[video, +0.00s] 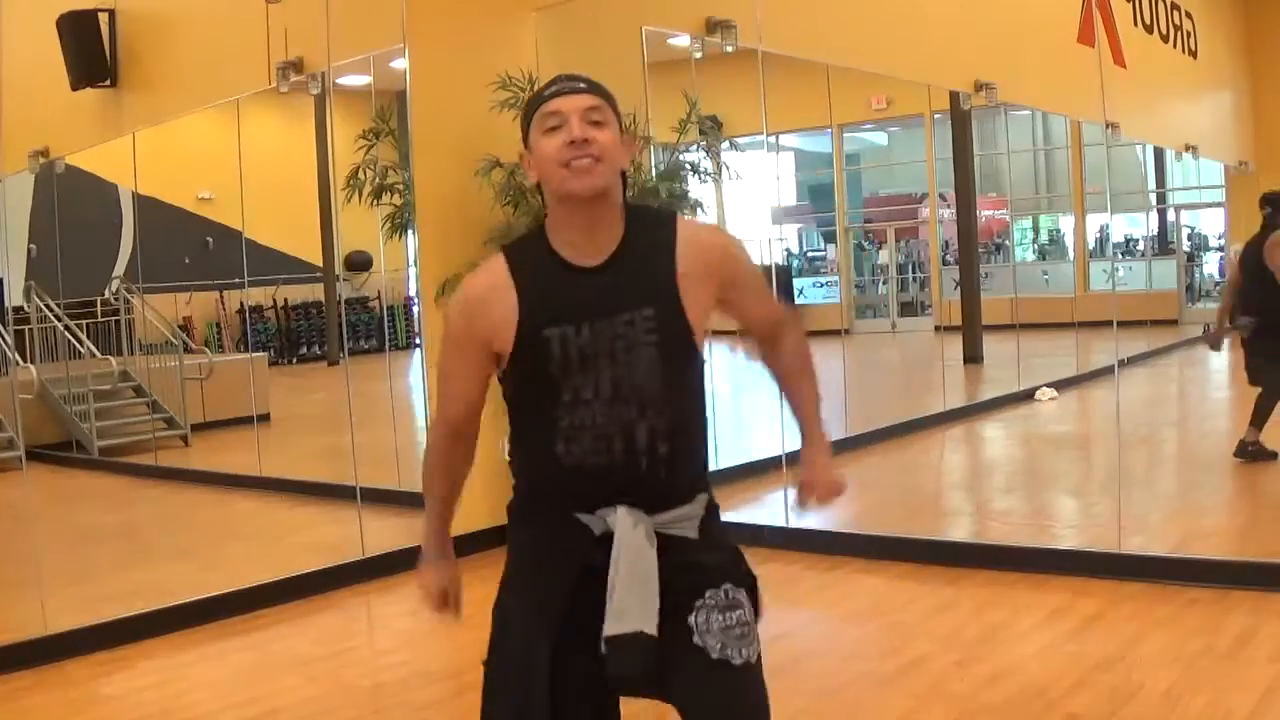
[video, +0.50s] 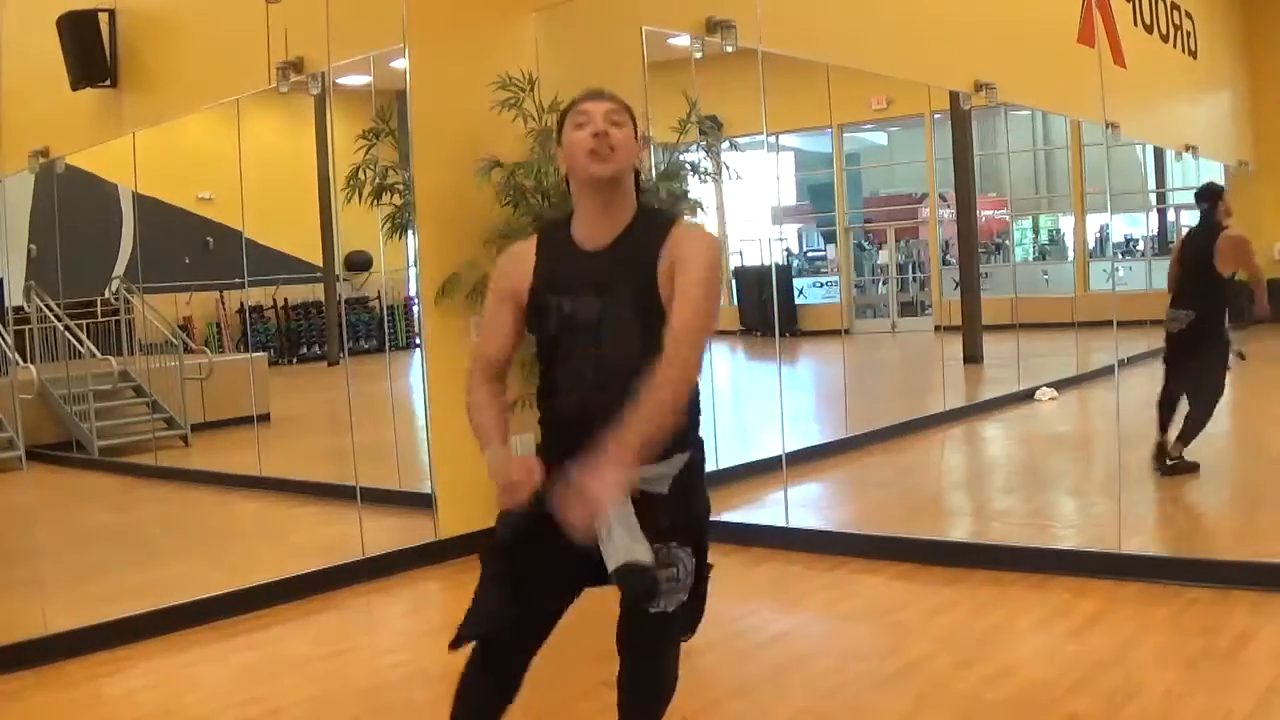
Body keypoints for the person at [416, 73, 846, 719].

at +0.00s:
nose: (578, 134)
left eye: (596, 121)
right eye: (554, 127)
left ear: (628, 151)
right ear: (530, 164)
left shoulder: (702, 253)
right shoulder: (488, 294)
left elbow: (778, 332)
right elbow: (452, 429)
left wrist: (815, 444)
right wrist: (436, 543)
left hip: (686, 550)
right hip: (556, 560)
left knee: (737, 708)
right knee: (535, 708)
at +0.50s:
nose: (599, 130)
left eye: (615, 122)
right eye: (582, 124)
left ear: (640, 150)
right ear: (561, 157)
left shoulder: (687, 247)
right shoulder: (523, 261)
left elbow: (675, 378)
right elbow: (488, 373)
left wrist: (607, 467)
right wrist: (500, 457)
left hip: (659, 488)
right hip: (560, 482)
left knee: (646, 681)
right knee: (494, 663)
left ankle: (639, 717)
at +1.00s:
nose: (640, 140)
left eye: (651, 132)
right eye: (624, 132)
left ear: (669, 153)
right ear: (598, 156)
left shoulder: (708, 237)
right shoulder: (561, 239)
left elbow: (777, 283)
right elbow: (537, 343)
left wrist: (803, 317)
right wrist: (559, 429)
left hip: (667, 443)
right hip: (592, 442)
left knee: (646, 595)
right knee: (623, 573)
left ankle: (632, 714)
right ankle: (704, 644)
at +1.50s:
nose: (638, 161)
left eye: (648, 150)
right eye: (623, 158)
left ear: (672, 163)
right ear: (613, 182)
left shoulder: (712, 226)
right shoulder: (612, 248)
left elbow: (657, 273)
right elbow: (615, 338)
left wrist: (543, 275)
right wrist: (626, 410)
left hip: (717, 410)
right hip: (658, 412)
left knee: (685, 551)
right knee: (691, 544)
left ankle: (655, 697)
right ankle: (731, 663)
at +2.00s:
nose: (597, 162)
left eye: (610, 150)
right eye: (589, 158)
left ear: (647, 162)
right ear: (590, 182)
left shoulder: (683, 228)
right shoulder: (619, 248)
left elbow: (757, 310)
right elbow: (651, 334)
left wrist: (807, 392)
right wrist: (645, 406)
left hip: (715, 408)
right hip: (664, 411)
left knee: (683, 544)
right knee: (690, 536)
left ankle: (693, 698)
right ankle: (726, 662)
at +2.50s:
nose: (646, 133)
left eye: (658, 124)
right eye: (629, 129)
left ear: (681, 147)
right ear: (611, 159)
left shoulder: (731, 232)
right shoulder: (581, 250)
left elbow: (750, 334)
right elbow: (565, 362)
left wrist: (670, 390)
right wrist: (566, 465)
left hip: (714, 439)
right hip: (628, 442)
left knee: (707, 599)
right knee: (625, 589)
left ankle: (698, 707)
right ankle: (670, 641)